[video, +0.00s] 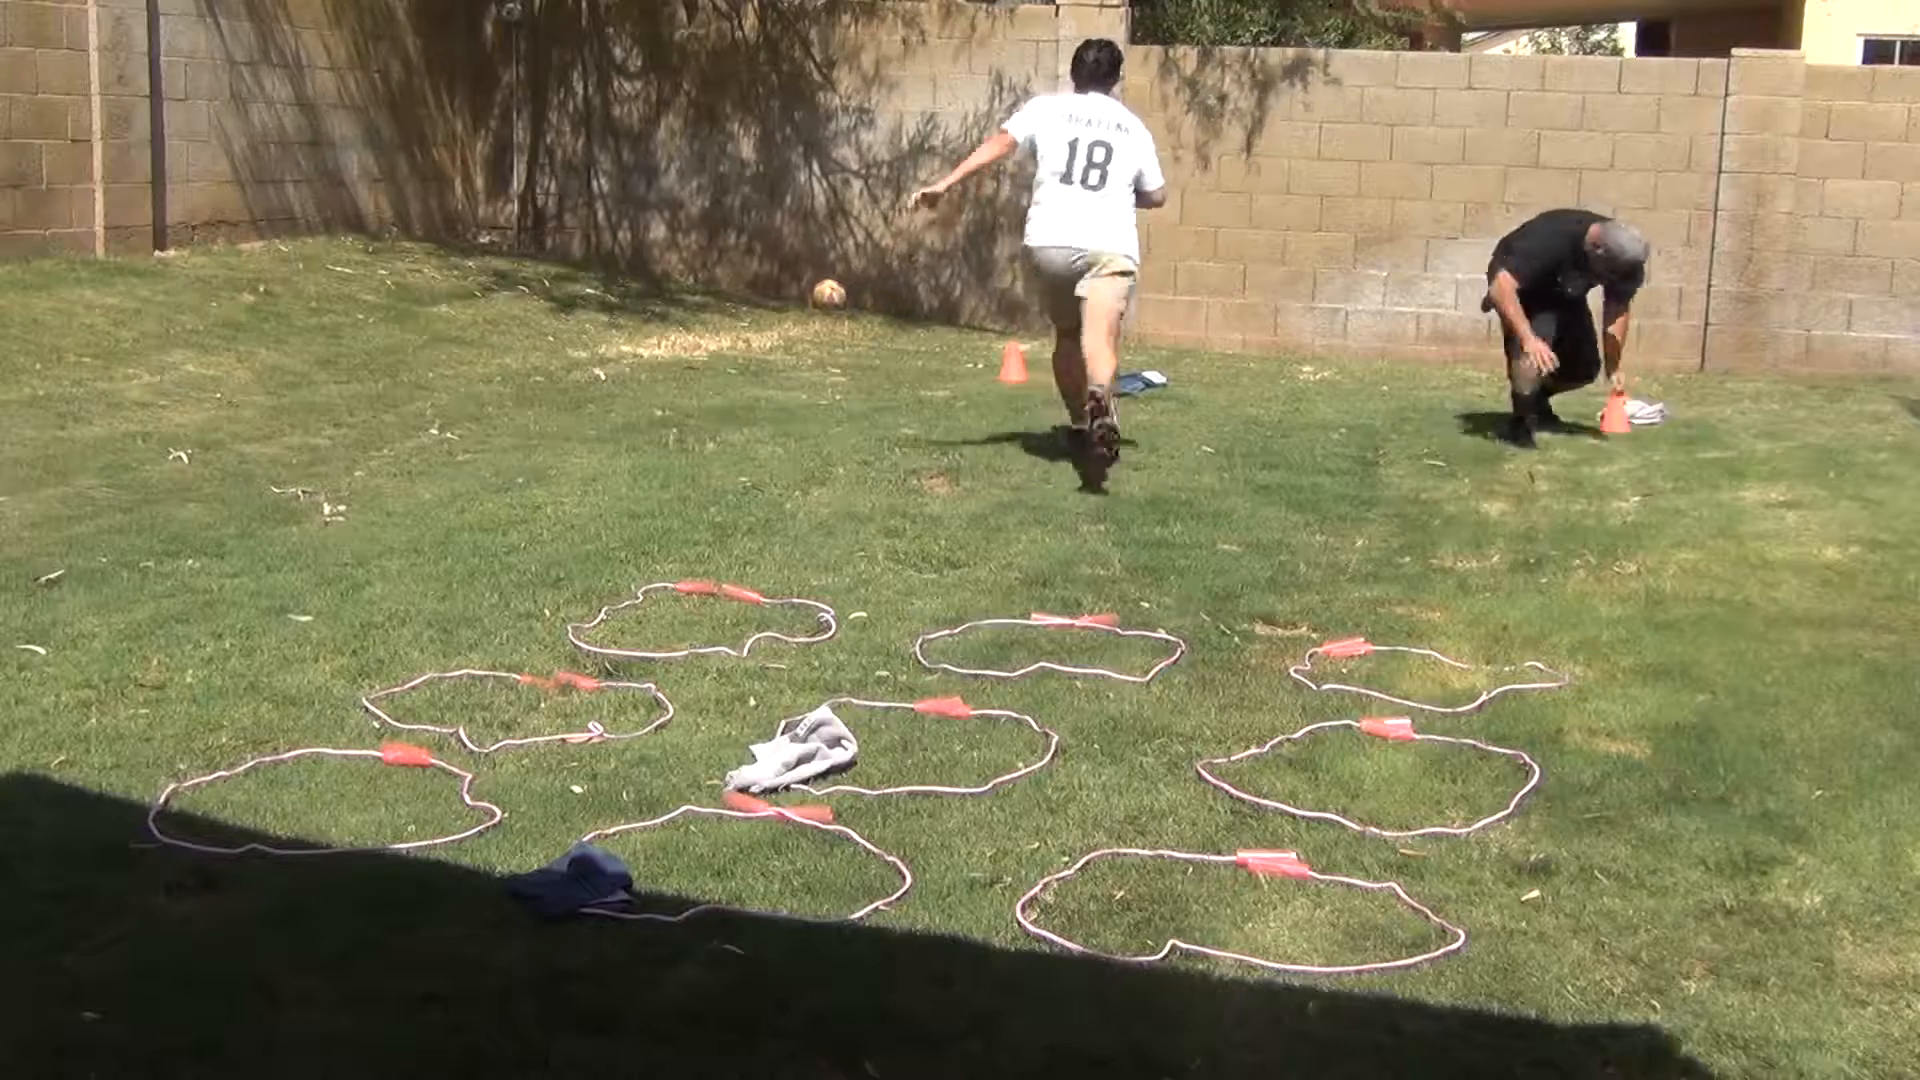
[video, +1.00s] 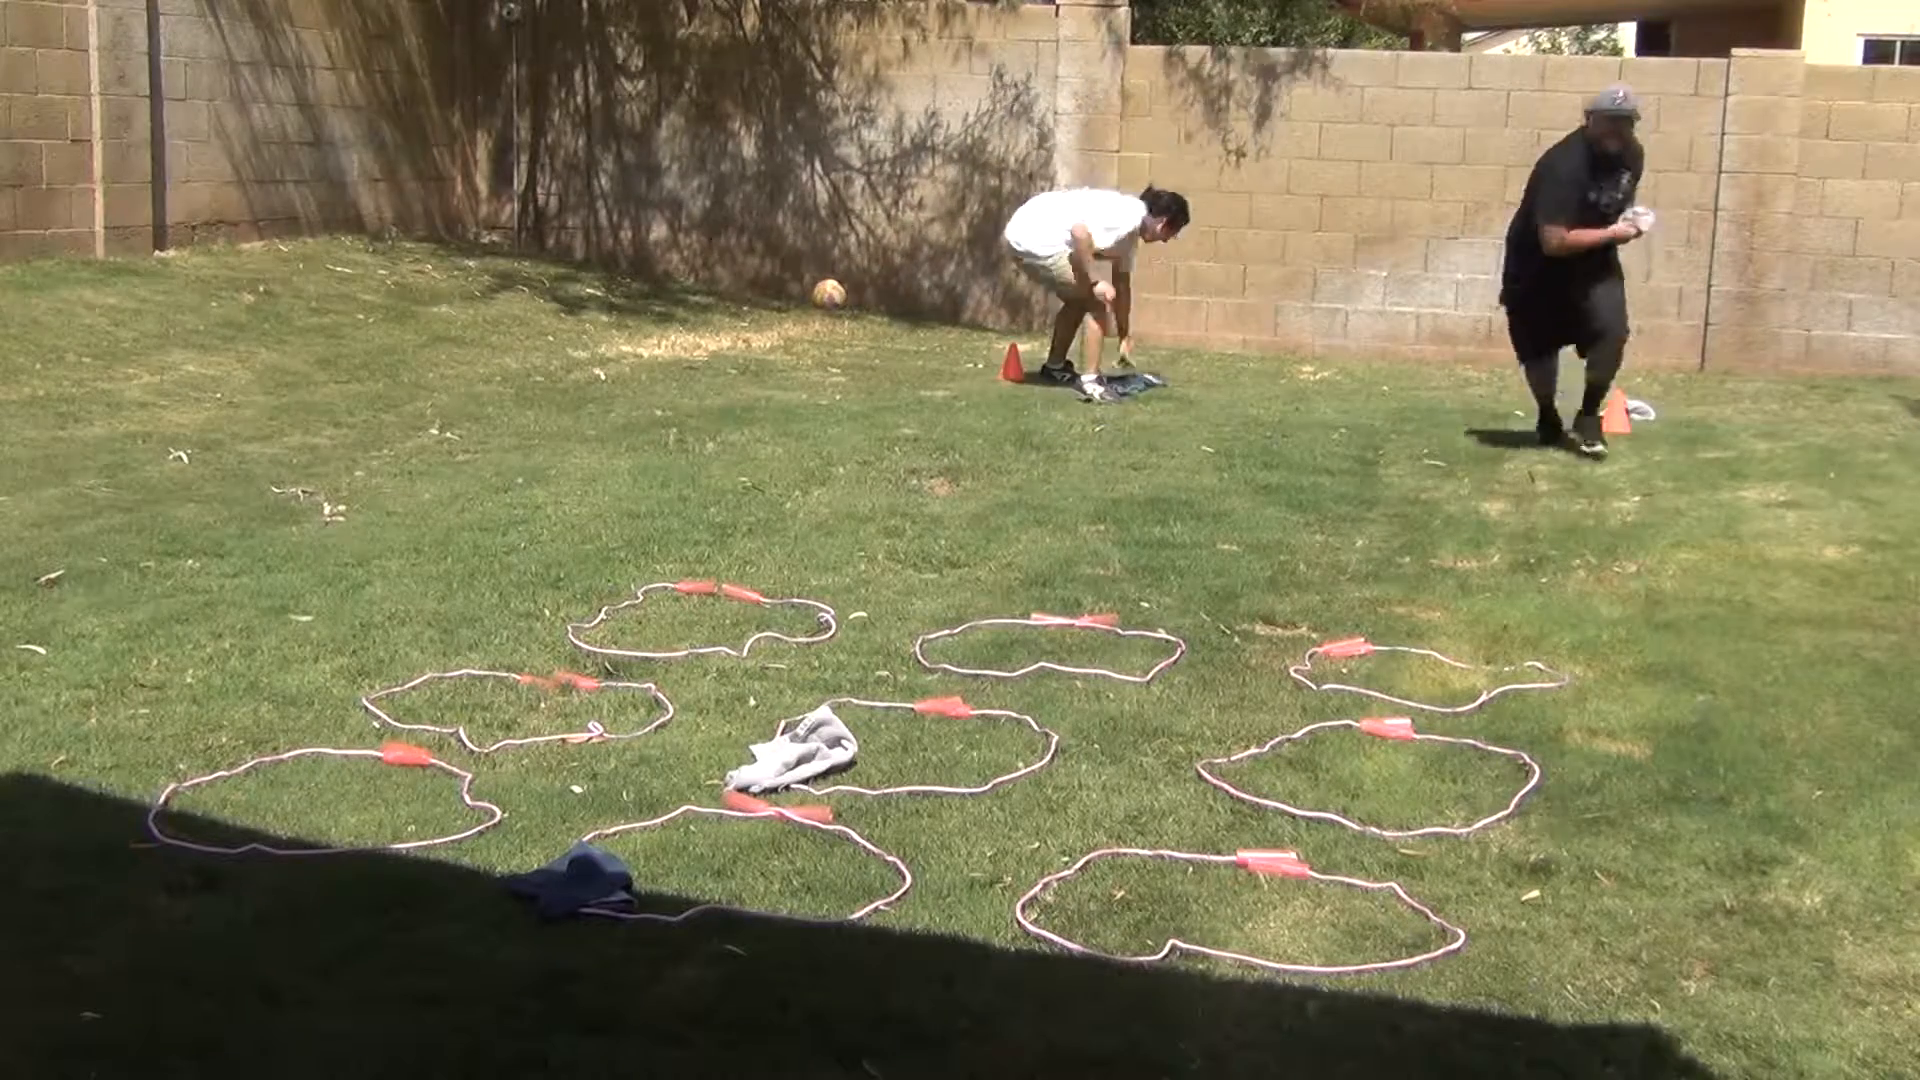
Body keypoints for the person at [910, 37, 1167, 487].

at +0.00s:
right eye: (1117, 79)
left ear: (1073, 76)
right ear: (1117, 81)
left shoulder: (1044, 107)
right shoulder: (1132, 125)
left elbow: (998, 144)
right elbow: (1155, 196)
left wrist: (946, 183)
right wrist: (1114, 190)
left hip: (1049, 243)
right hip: (1110, 245)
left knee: (1066, 338)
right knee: (1101, 335)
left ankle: (1082, 430)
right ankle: (1100, 405)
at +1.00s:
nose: (1166, 240)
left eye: (1172, 235)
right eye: (1170, 233)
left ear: (1158, 219)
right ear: (1162, 222)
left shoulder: (1128, 232)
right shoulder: (1132, 217)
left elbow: (1122, 283)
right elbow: (1080, 232)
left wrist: (1124, 336)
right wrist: (1089, 282)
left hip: (1026, 238)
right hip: (1036, 243)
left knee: (1076, 300)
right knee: (1101, 300)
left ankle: (1054, 365)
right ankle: (1091, 380)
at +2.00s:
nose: (1089, 98)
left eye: (1097, 90)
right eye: (1080, 89)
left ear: (1109, 96)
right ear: (1068, 94)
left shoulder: (1126, 149)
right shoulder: (1047, 129)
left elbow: (1136, 214)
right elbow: (1025, 173)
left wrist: (1088, 239)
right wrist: (1018, 218)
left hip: (1109, 249)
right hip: (1054, 244)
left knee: (1101, 335)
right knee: (1070, 321)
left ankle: (1102, 398)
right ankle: (1069, 414)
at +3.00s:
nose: (828, 65)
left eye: (841, 53)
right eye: (819, 54)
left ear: (867, 58)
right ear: (809, 60)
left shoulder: (900, 119)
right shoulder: (785, 120)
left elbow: (989, 158)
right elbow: (729, 197)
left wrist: (998, 244)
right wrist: (751, 197)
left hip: (883, 284)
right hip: (816, 298)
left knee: (839, 401)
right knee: (875, 420)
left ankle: (841, 546)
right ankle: (932, 488)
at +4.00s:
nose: (320, 256)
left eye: (326, 241)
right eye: (309, 241)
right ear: (262, 228)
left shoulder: (302, 306)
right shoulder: (158, 239)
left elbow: (295, 418)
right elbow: (47, 285)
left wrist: (314, 513)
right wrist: (9, 393)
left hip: (207, 411)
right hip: (108, 396)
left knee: (269, 506)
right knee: (149, 552)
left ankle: (232, 652)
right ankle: (10, 699)